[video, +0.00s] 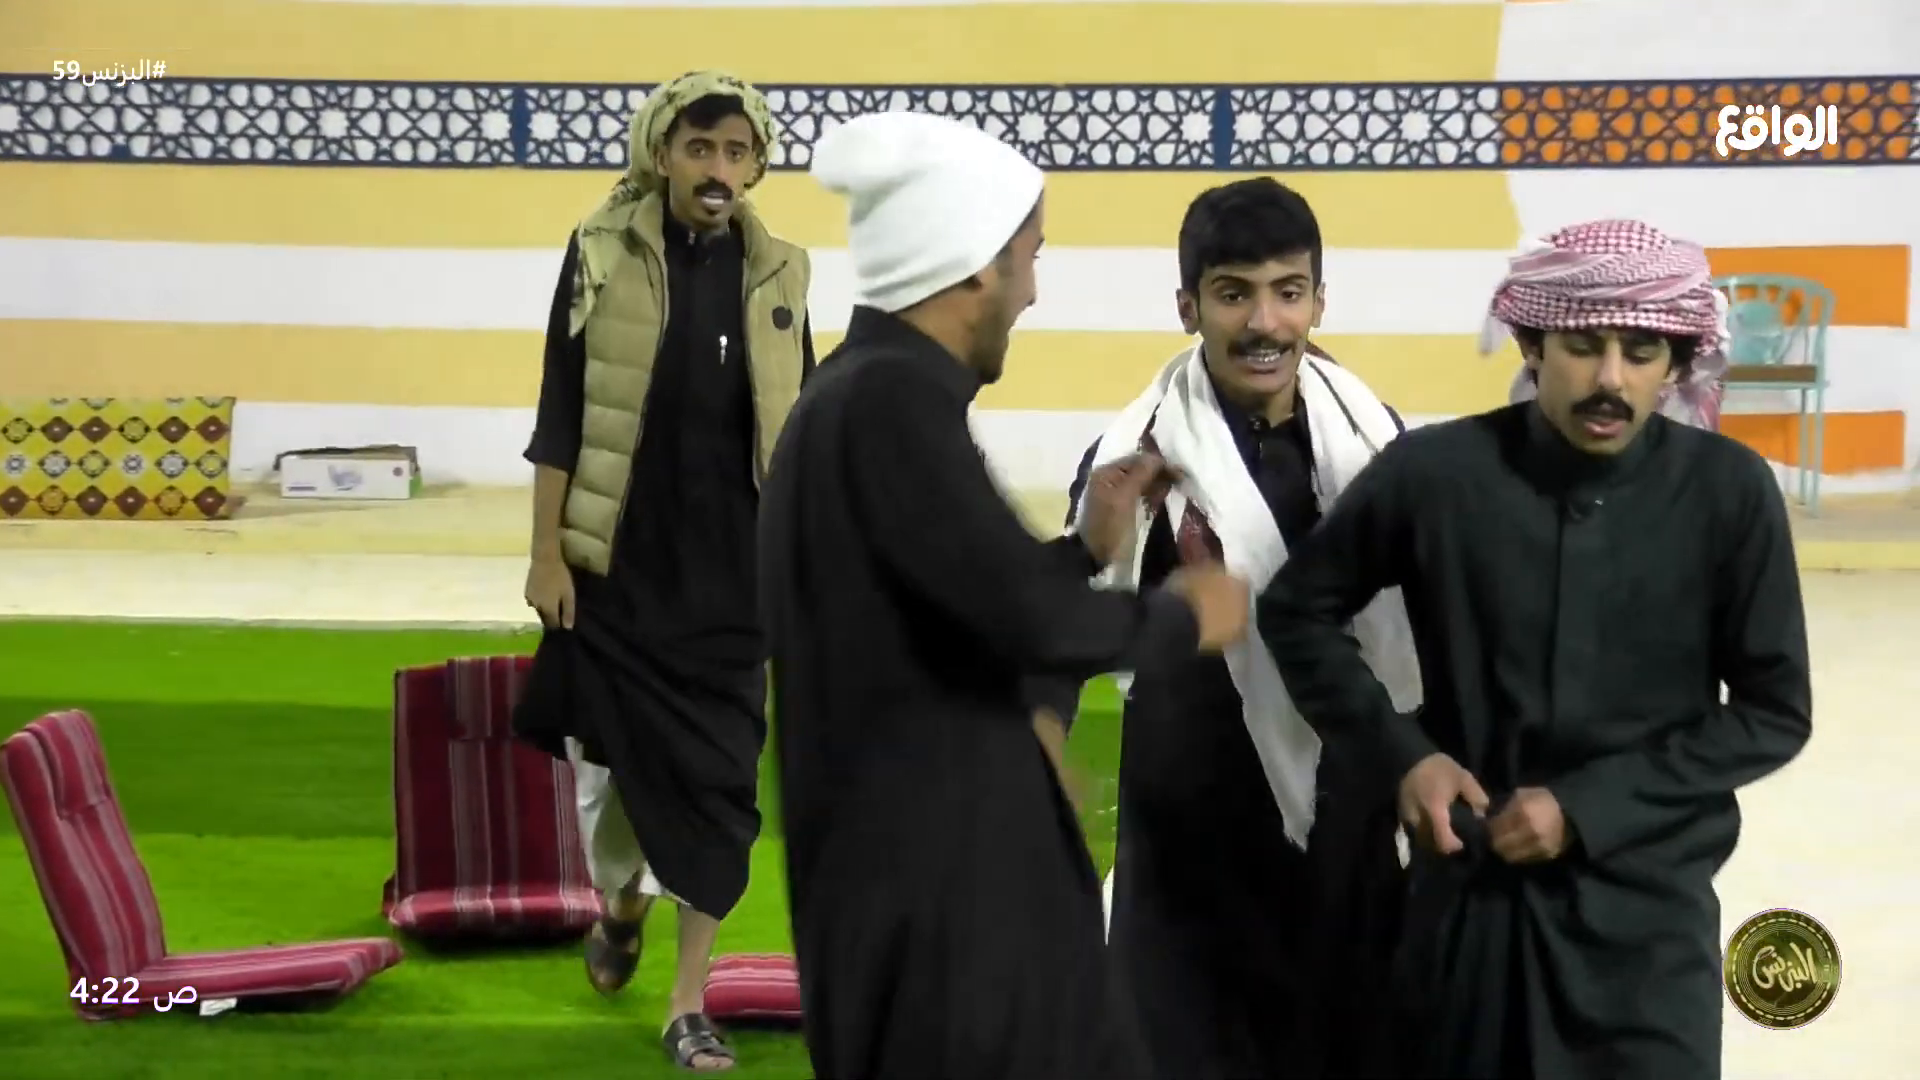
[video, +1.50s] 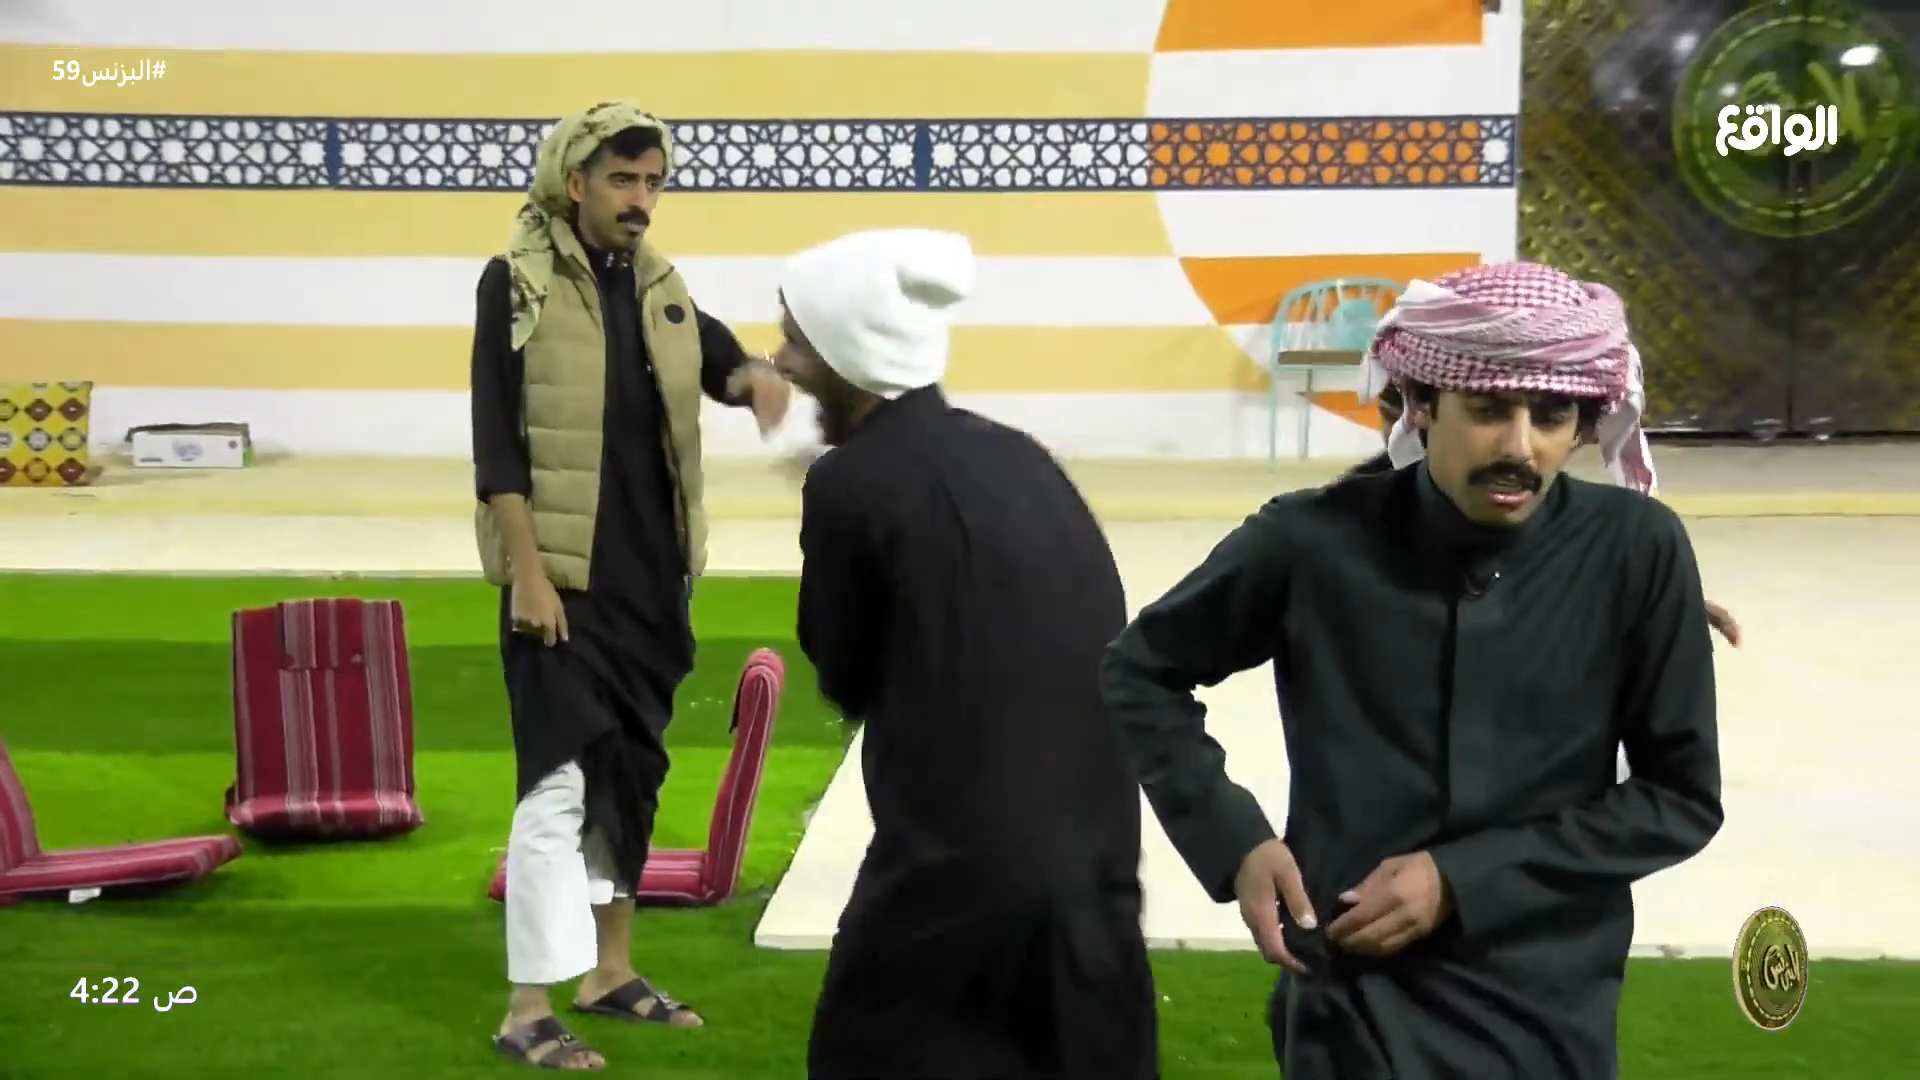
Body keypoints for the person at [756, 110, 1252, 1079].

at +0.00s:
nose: (1034, 289)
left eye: (1033, 257)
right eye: (1029, 257)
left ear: (956, 266)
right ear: (975, 268)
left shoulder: (844, 400)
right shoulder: (897, 402)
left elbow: (948, 617)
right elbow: (1017, 616)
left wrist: (1087, 550)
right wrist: (1179, 619)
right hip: (955, 904)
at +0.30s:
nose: (1108, 273)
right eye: (1107, 250)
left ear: (970, 257)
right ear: (1086, 260)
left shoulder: (884, 394)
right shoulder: (1058, 395)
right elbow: (1216, 595)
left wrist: (1109, 452)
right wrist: (1301, 501)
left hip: (921, 864)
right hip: (1054, 870)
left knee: (946, 1052)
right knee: (1067, 1053)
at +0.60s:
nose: (1077, 296)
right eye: (1071, 276)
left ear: (947, 292)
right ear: (1058, 294)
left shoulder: (879, 421)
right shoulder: (1079, 425)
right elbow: (1239, 557)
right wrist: (1242, 425)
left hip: (925, 861)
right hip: (1076, 860)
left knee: (933, 1056)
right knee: (1083, 1054)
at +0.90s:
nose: (981, 256)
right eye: (973, 242)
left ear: (854, 281)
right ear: (967, 263)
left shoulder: (809, 423)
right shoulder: (1048, 380)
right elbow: (1219, 521)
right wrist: (1258, 477)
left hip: (911, 823)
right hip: (1076, 799)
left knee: (952, 1043)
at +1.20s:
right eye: (984, 226)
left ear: (874, 268)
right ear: (989, 252)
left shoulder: (826, 403)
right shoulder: (1072, 377)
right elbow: (1199, 498)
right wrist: (1147, 369)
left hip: (901, 822)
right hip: (1065, 811)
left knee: (924, 1049)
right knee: (1116, 1047)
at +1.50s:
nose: (781, 358)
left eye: (795, 341)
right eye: (787, 337)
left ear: (840, 364)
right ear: (908, 355)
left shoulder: (849, 481)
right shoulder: (1025, 456)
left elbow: (844, 675)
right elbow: (1099, 625)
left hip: (946, 864)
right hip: (1092, 856)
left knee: (870, 1057)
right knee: (1086, 1059)